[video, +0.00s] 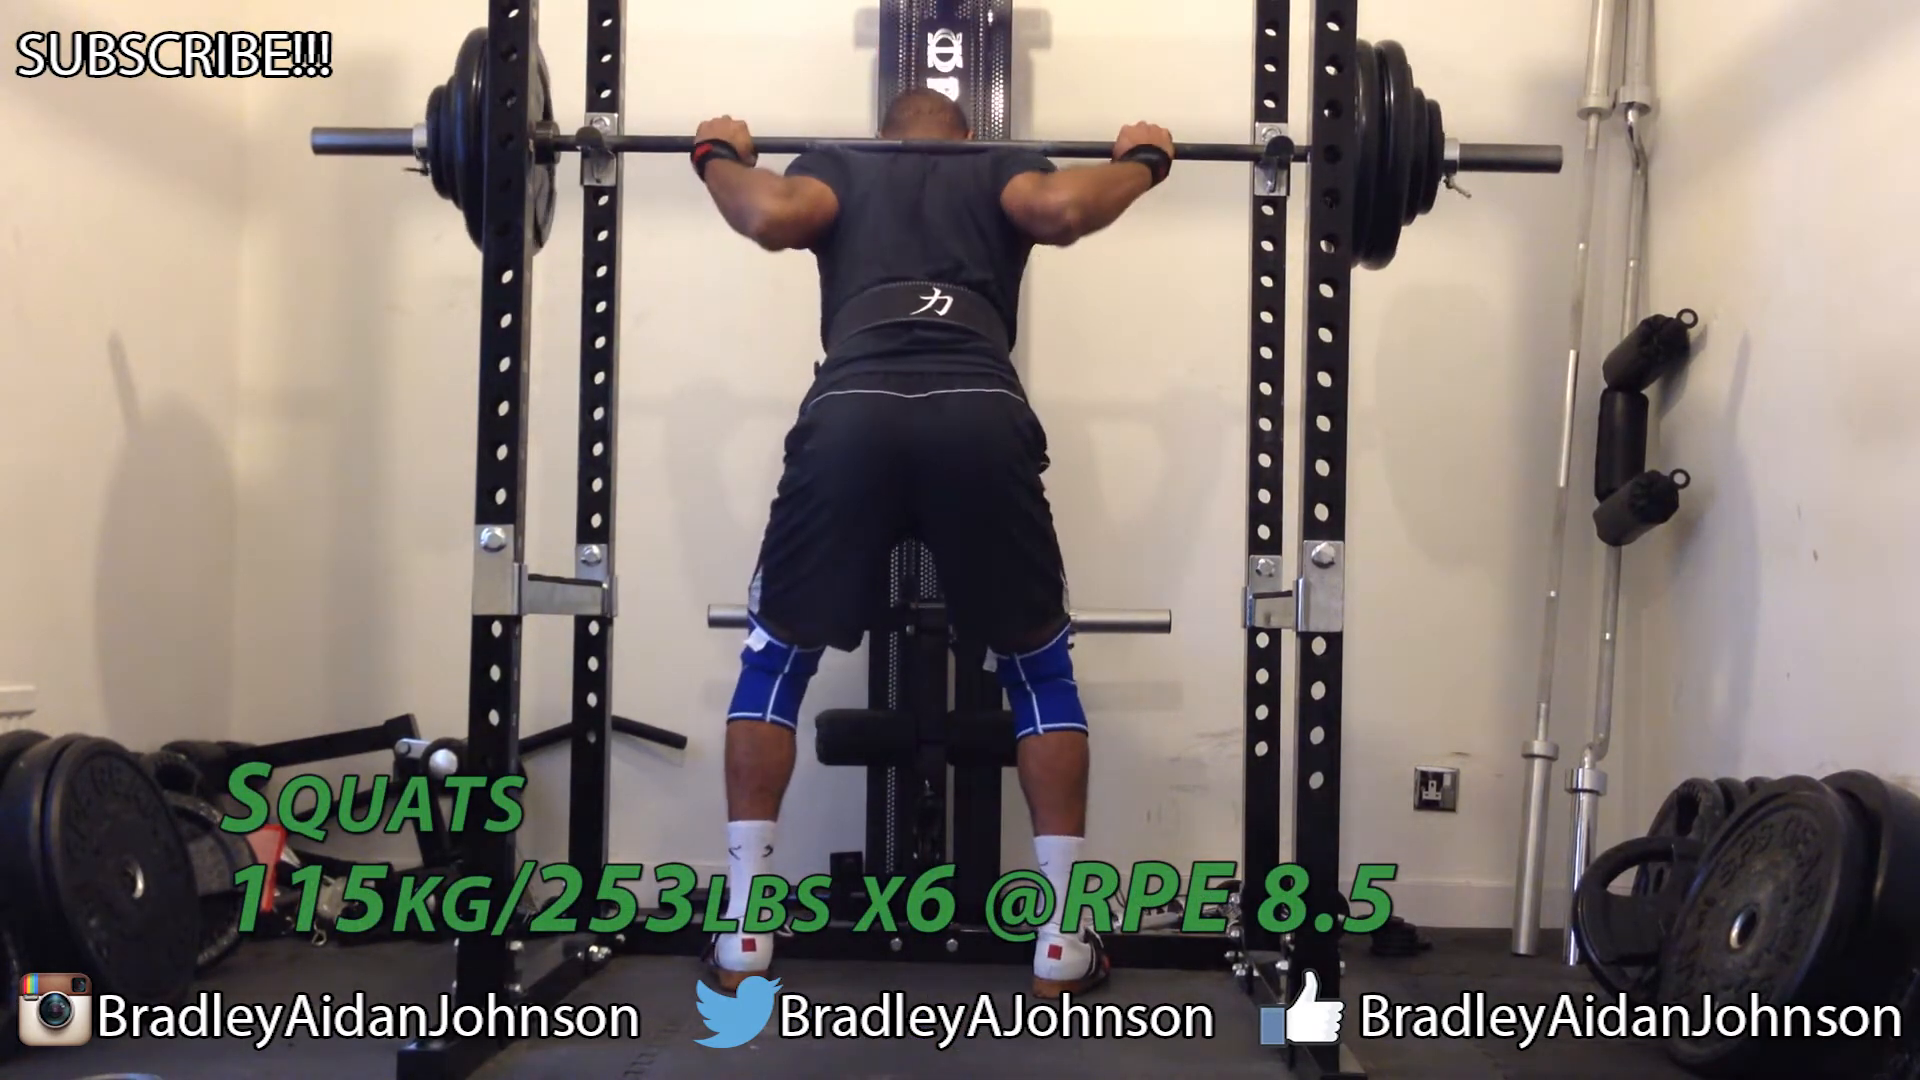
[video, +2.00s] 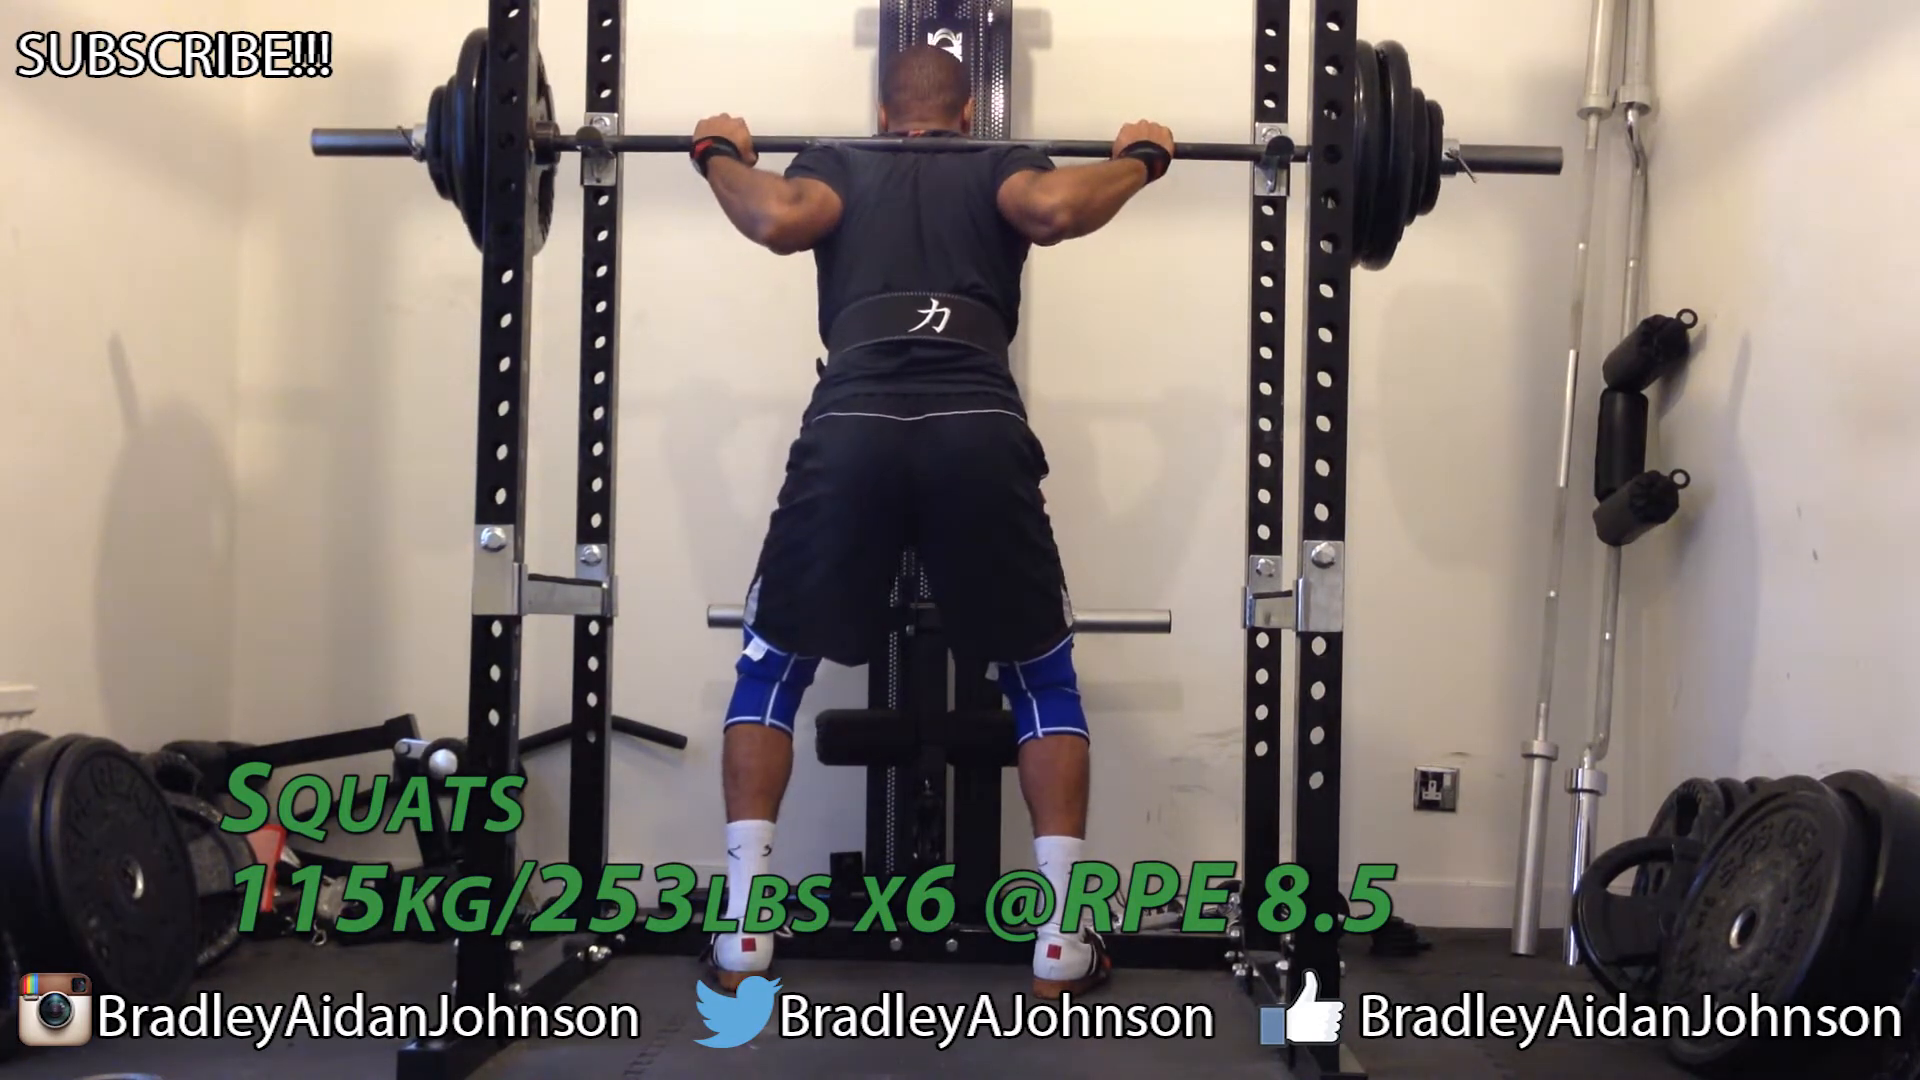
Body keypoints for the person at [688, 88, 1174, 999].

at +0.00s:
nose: (943, 130)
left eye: (922, 124)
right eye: (955, 124)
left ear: (882, 134)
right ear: (970, 135)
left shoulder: (838, 165)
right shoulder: (1001, 169)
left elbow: (767, 214)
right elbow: (1063, 208)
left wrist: (720, 157)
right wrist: (1137, 163)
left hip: (852, 414)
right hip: (980, 413)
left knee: (775, 657)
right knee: (1037, 666)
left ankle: (744, 920)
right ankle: (1062, 926)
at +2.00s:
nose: (946, 110)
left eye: (904, 97)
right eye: (961, 99)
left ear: (880, 110)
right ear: (970, 111)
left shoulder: (837, 163)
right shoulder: (999, 163)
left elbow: (778, 219)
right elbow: (1050, 210)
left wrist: (723, 158)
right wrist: (1135, 162)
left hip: (849, 429)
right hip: (978, 431)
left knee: (771, 673)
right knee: (1042, 682)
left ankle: (744, 919)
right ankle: (1061, 930)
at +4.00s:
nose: (959, 27)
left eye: (925, 17)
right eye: (982, 18)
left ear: (899, 27)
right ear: (996, 27)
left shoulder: (849, 84)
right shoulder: (1024, 80)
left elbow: (785, 152)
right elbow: (1075, 143)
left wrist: (736, 90)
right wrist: (1163, 91)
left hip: (867, 368)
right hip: (997, 370)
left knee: (802, 638)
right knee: (1022, 660)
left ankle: (735, 905)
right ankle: (1030, 945)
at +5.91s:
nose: (993, 16)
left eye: (884, 4)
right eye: (989, 8)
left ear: (880, 7)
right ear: (983, 8)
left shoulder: (830, 57)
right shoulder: (1017, 53)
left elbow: (755, 126)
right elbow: (1064, 113)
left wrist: (701, 56)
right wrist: (1164, 59)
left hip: (855, 365)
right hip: (994, 361)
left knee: (784, 657)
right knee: (1040, 665)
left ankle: (721, 956)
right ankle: (1079, 971)